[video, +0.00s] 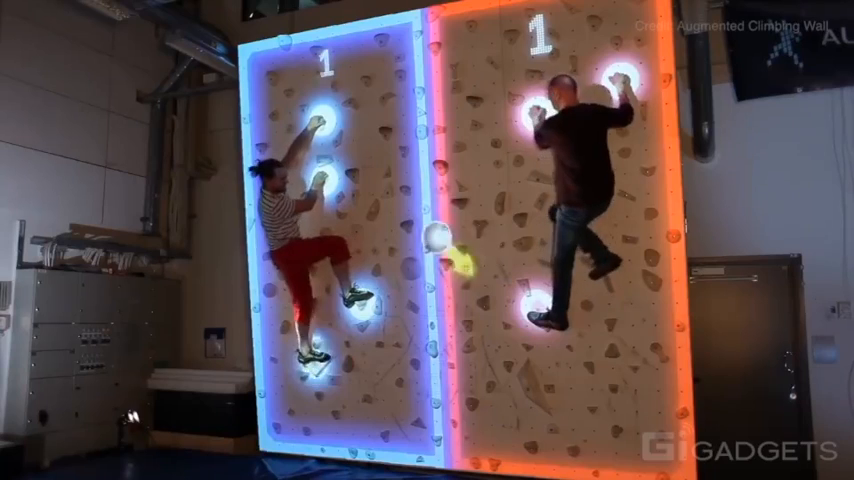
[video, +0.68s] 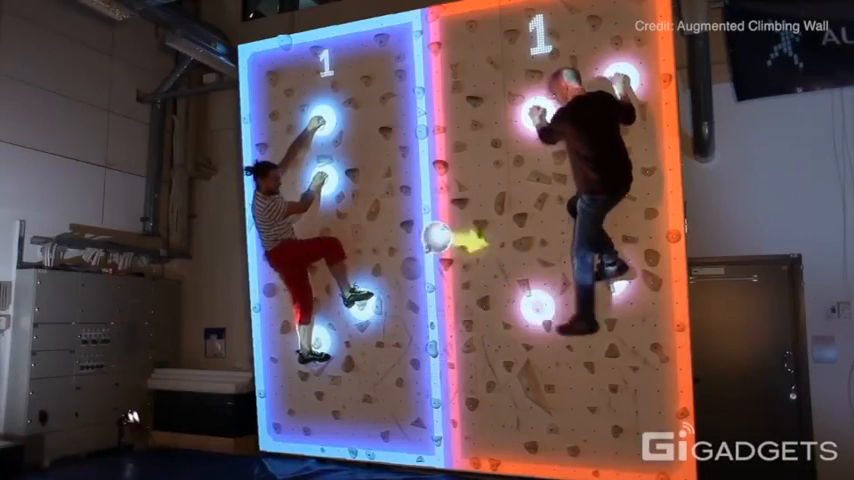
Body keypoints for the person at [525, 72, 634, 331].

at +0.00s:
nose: (552, 100)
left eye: (552, 96)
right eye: (552, 96)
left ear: (557, 95)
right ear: (575, 91)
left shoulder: (556, 124)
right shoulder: (596, 113)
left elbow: (540, 142)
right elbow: (625, 117)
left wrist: (538, 123)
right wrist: (625, 97)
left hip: (574, 203)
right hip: (603, 197)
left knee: (562, 260)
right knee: (561, 215)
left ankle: (558, 315)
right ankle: (604, 257)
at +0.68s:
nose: (556, 97)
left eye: (556, 93)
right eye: (555, 94)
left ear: (565, 85)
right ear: (578, 81)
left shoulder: (567, 114)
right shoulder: (603, 99)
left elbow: (548, 137)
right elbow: (629, 117)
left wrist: (539, 122)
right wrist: (625, 92)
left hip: (596, 188)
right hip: (621, 180)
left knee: (582, 252)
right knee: (576, 207)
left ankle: (585, 317)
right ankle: (611, 261)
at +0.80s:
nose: (555, 94)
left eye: (554, 90)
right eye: (554, 90)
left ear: (561, 83)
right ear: (577, 77)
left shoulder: (565, 109)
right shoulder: (603, 94)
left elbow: (548, 137)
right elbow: (629, 116)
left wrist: (539, 123)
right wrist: (623, 92)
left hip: (598, 182)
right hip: (622, 173)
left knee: (586, 245)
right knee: (578, 205)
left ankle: (622, 304)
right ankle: (612, 260)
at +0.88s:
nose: (557, 91)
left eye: (556, 86)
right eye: (555, 86)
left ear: (563, 81)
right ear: (578, 74)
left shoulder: (567, 107)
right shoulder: (603, 91)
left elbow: (547, 135)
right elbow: (629, 116)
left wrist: (539, 121)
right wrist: (624, 93)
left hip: (600, 181)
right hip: (624, 173)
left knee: (591, 242)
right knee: (579, 203)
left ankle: (645, 285)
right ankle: (609, 264)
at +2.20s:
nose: (557, 120)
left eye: (556, 114)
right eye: (554, 116)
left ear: (567, 107)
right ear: (577, 98)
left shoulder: (578, 133)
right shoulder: (607, 104)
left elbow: (574, 166)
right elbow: (636, 114)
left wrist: (561, 155)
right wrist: (629, 94)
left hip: (623, 192)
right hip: (641, 175)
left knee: (596, 243)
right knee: (584, 202)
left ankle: (659, 278)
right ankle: (613, 262)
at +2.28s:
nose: (559, 123)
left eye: (557, 117)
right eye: (556, 119)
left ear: (565, 111)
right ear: (577, 99)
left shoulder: (580, 135)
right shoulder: (608, 107)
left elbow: (574, 166)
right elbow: (636, 114)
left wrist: (562, 158)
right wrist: (628, 93)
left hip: (626, 192)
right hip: (644, 175)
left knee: (589, 238)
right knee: (584, 203)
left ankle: (647, 274)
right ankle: (613, 263)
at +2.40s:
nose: (562, 124)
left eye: (560, 118)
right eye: (559, 120)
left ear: (571, 111)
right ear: (581, 103)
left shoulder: (583, 137)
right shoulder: (612, 109)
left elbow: (577, 166)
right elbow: (638, 112)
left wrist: (564, 159)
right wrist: (624, 90)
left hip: (628, 195)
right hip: (648, 180)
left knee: (569, 219)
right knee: (584, 202)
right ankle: (613, 259)